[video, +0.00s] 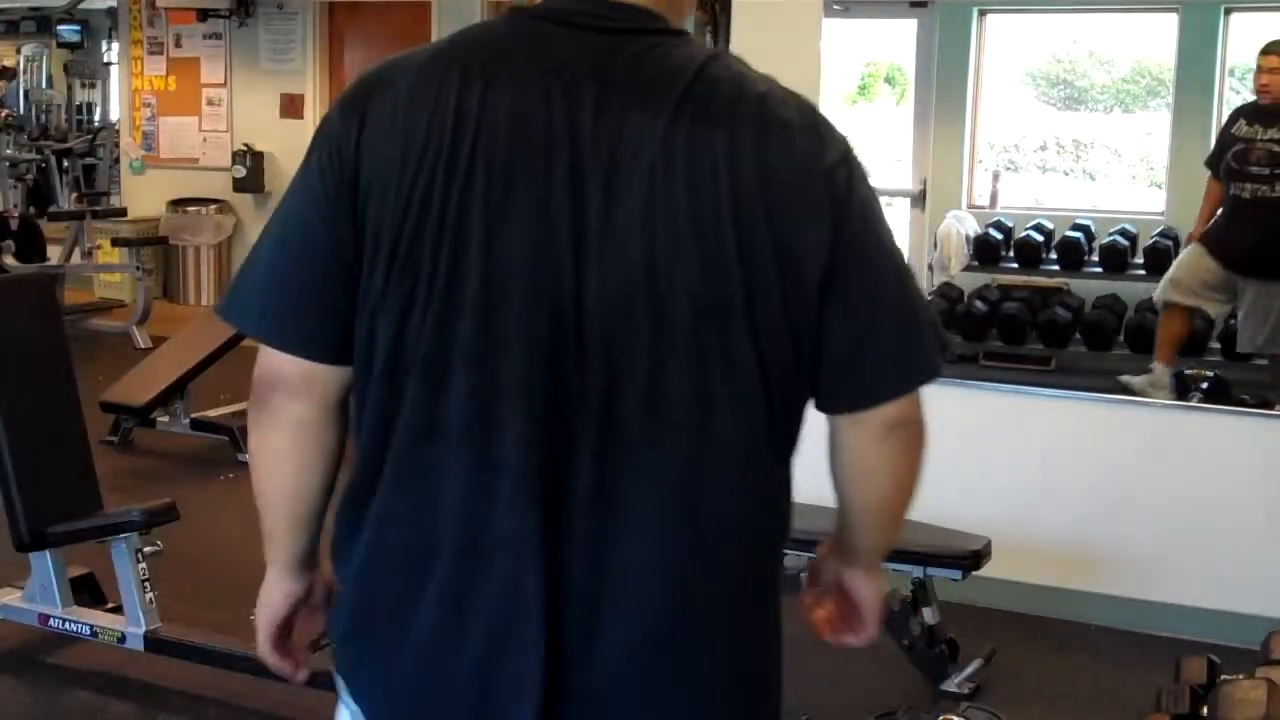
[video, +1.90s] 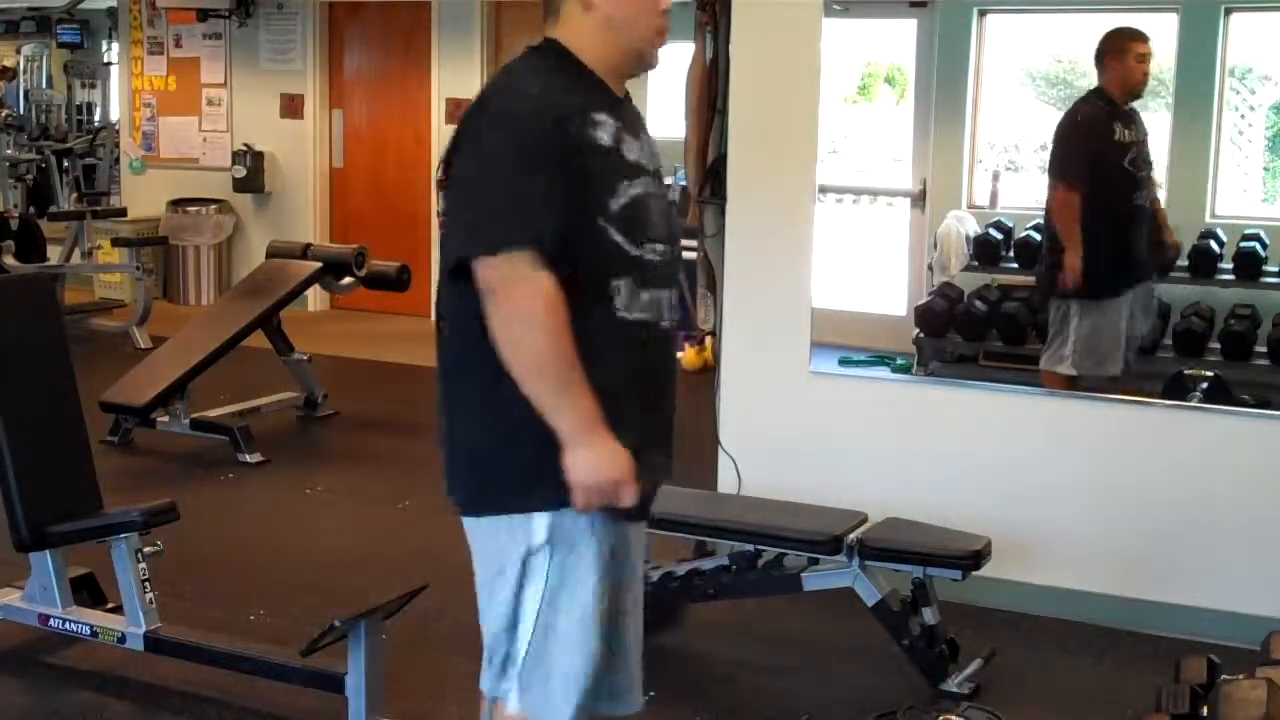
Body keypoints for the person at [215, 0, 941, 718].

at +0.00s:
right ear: (670, 4)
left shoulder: (387, 112)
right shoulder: (787, 140)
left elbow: (292, 377)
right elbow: (883, 408)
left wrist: (288, 566)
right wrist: (857, 557)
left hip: (424, 665)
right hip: (687, 674)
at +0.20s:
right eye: (643, 12)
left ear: (494, 0)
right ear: (633, 5)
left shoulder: (358, 135)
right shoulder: (718, 155)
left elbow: (279, 378)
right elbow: (803, 402)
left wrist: (258, 581)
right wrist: (798, 551)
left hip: (420, 656)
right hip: (642, 661)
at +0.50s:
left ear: (433, 0)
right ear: (547, 3)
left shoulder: (310, 108)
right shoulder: (627, 125)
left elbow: (238, 313)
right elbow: (697, 349)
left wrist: (238, 465)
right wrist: (737, 526)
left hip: (370, 602)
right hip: (589, 602)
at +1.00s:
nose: (617, 20)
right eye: (618, 16)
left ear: (492, 5)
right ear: (610, 9)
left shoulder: (388, 111)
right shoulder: (658, 140)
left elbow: (333, 295)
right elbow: (703, 342)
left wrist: (339, 439)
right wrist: (724, 494)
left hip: (425, 545)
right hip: (598, 553)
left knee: (420, 709)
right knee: (574, 709)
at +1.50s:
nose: (656, 18)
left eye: (656, 11)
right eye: (656, 10)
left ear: (547, 6)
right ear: (636, 7)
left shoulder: (470, 106)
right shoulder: (633, 131)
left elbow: (443, 271)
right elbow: (673, 323)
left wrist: (447, 399)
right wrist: (739, 462)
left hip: (485, 499)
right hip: (596, 520)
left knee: (499, 704)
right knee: (588, 707)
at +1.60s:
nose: (656, 18)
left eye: (657, 9)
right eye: (657, 6)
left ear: (550, 5)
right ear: (635, 5)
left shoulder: (502, 97)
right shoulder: (602, 122)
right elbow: (628, 314)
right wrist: (685, 461)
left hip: (501, 487)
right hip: (589, 506)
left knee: (516, 702)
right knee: (593, 706)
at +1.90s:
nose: (670, 14)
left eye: (669, 3)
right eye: (659, 0)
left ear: (601, 8)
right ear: (600, 1)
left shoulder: (611, 110)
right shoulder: (523, 104)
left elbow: (612, 278)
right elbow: (509, 276)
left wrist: (630, 426)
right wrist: (584, 435)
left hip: (606, 465)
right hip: (539, 475)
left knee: (604, 699)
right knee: (535, 703)